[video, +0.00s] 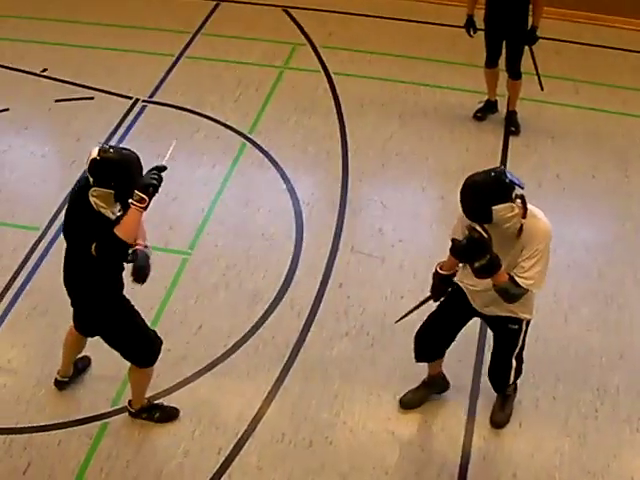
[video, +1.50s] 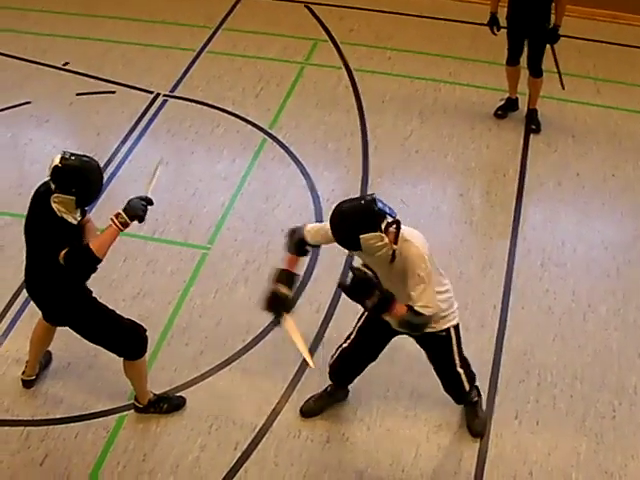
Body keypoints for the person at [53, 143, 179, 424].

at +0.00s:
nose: (127, 195)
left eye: (127, 190)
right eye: (124, 189)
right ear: (112, 188)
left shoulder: (103, 186)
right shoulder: (82, 212)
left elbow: (134, 217)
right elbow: (115, 249)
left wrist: (140, 248)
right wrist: (140, 202)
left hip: (83, 278)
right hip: (97, 294)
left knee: (82, 325)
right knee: (147, 347)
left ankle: (65, 372)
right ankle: (138, 405)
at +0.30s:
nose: (115, 187)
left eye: (115, 182)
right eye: (112, 182)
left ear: (88, 175)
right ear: (101, 184)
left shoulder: (79, 189)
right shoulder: (73, 216)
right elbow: (102, 250)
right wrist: (128, 202)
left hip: (77, 282)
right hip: (92, 296)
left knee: (87, 323)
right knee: (145, 350)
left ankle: (67, 373)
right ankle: (142, 405)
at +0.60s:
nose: (127, 195)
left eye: (128, 190)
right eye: (125, 191)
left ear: (89, 180)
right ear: (109, 197)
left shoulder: (66, 189)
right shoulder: (101, 231)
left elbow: (99, 206)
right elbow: (151, 272)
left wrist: (131, 202)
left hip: (50, 275)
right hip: (78, 295)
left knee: (67, 310)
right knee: (138, 345)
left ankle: (48, 360)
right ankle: (149, 405)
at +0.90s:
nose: (96, 206)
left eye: (96, 202)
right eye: (94, 202)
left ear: (64, 188)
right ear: (78, 204)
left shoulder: (48, 197)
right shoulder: (64, 241)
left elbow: (92, 216)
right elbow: (66, 302)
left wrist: (115, 206)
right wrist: (113, 329)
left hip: (31, 289)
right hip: (55, 305)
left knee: (45, 324)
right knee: (125, 349)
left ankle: (23, 377)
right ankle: (147, 405)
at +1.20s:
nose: (80, 200)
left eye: (80, 195)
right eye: (78, 196)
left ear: (53, 184)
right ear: (68, 196)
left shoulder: (41, 195)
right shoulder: (45, 230)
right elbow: (76, 271)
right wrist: (122, 231)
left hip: (34, 286)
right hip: (54, 300)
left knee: (46, 320)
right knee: (125, 342)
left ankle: (26, 375)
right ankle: (139, 403)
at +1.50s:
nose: (90, 197)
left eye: (89, 192)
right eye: (88, 193)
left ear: (60, 180)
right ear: (76, 195)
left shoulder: (45, 193)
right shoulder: (55, 226)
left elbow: (83, 220)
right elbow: (80, 265)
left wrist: (92, 248)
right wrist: (121, 221)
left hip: (38, 282)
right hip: (61, 297)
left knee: (50, 316)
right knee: (133, 338)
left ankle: (30, 370)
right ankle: (144, 399)